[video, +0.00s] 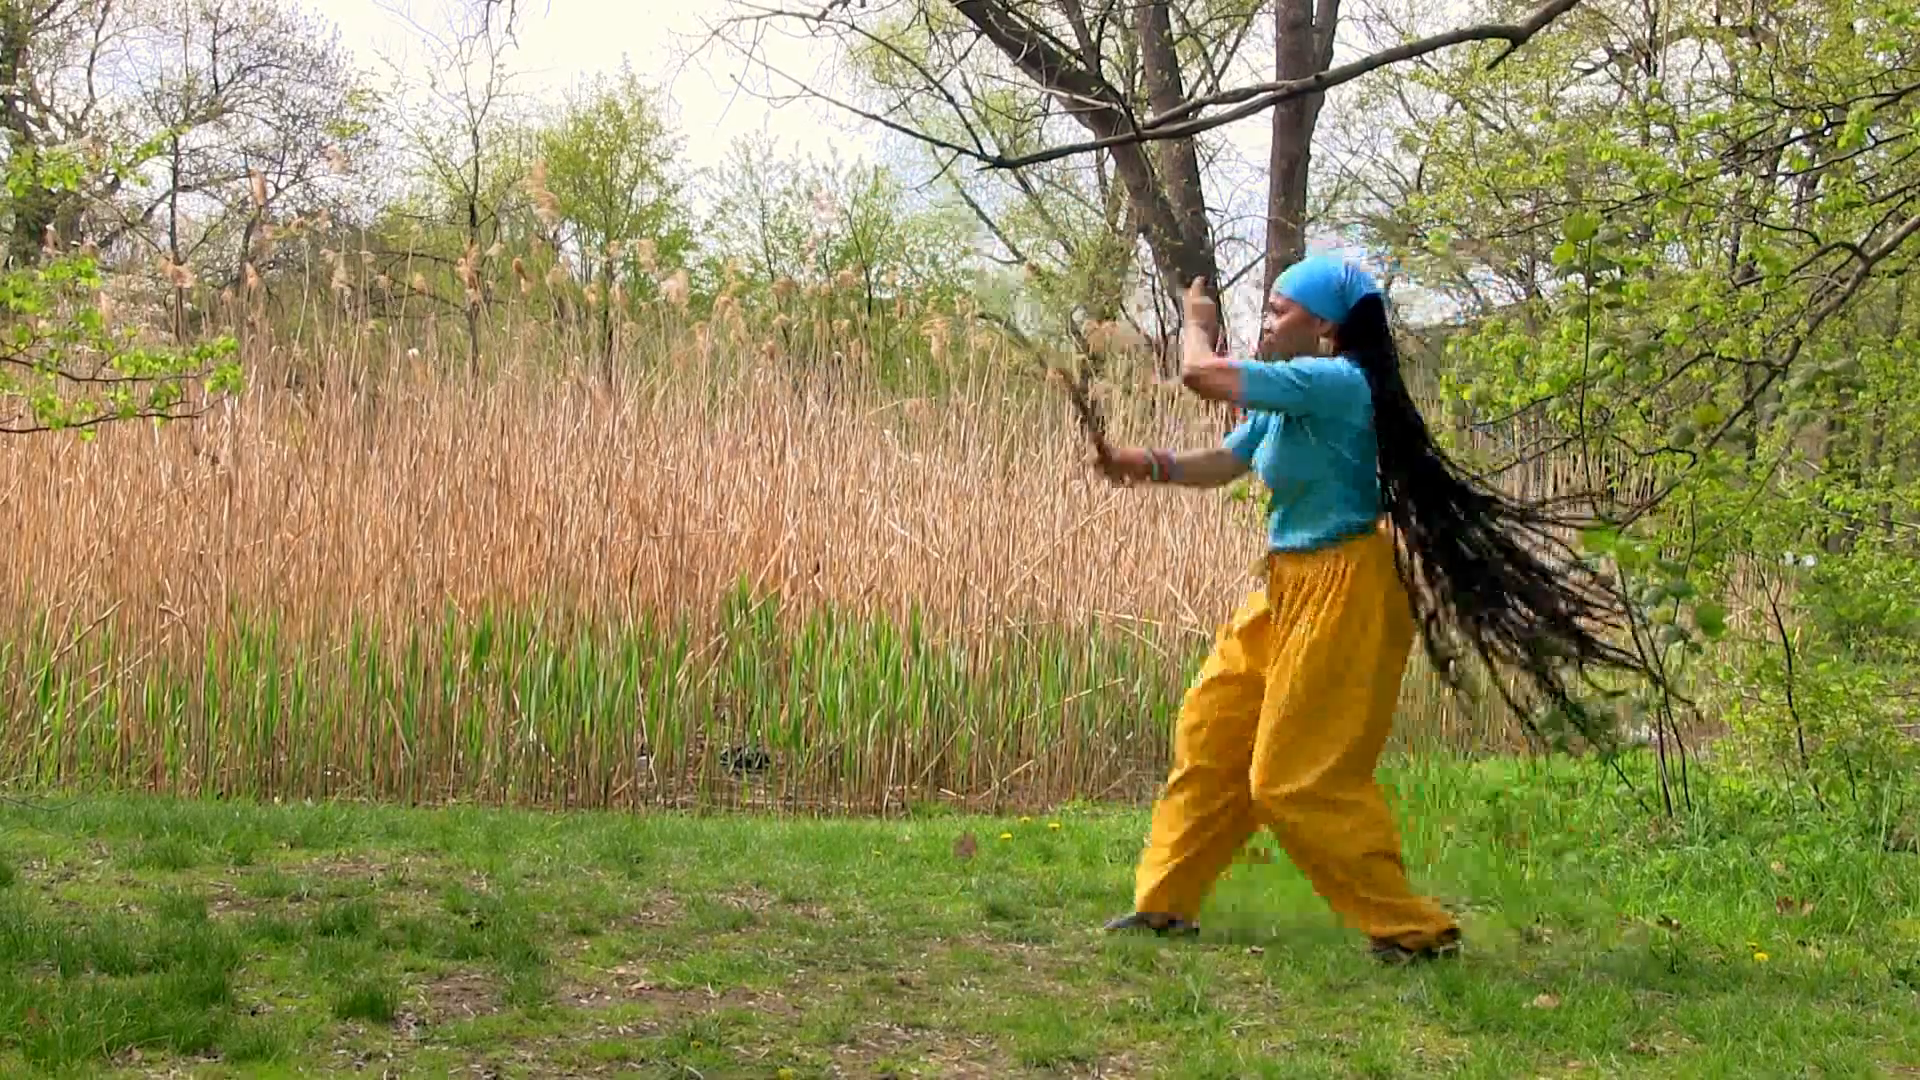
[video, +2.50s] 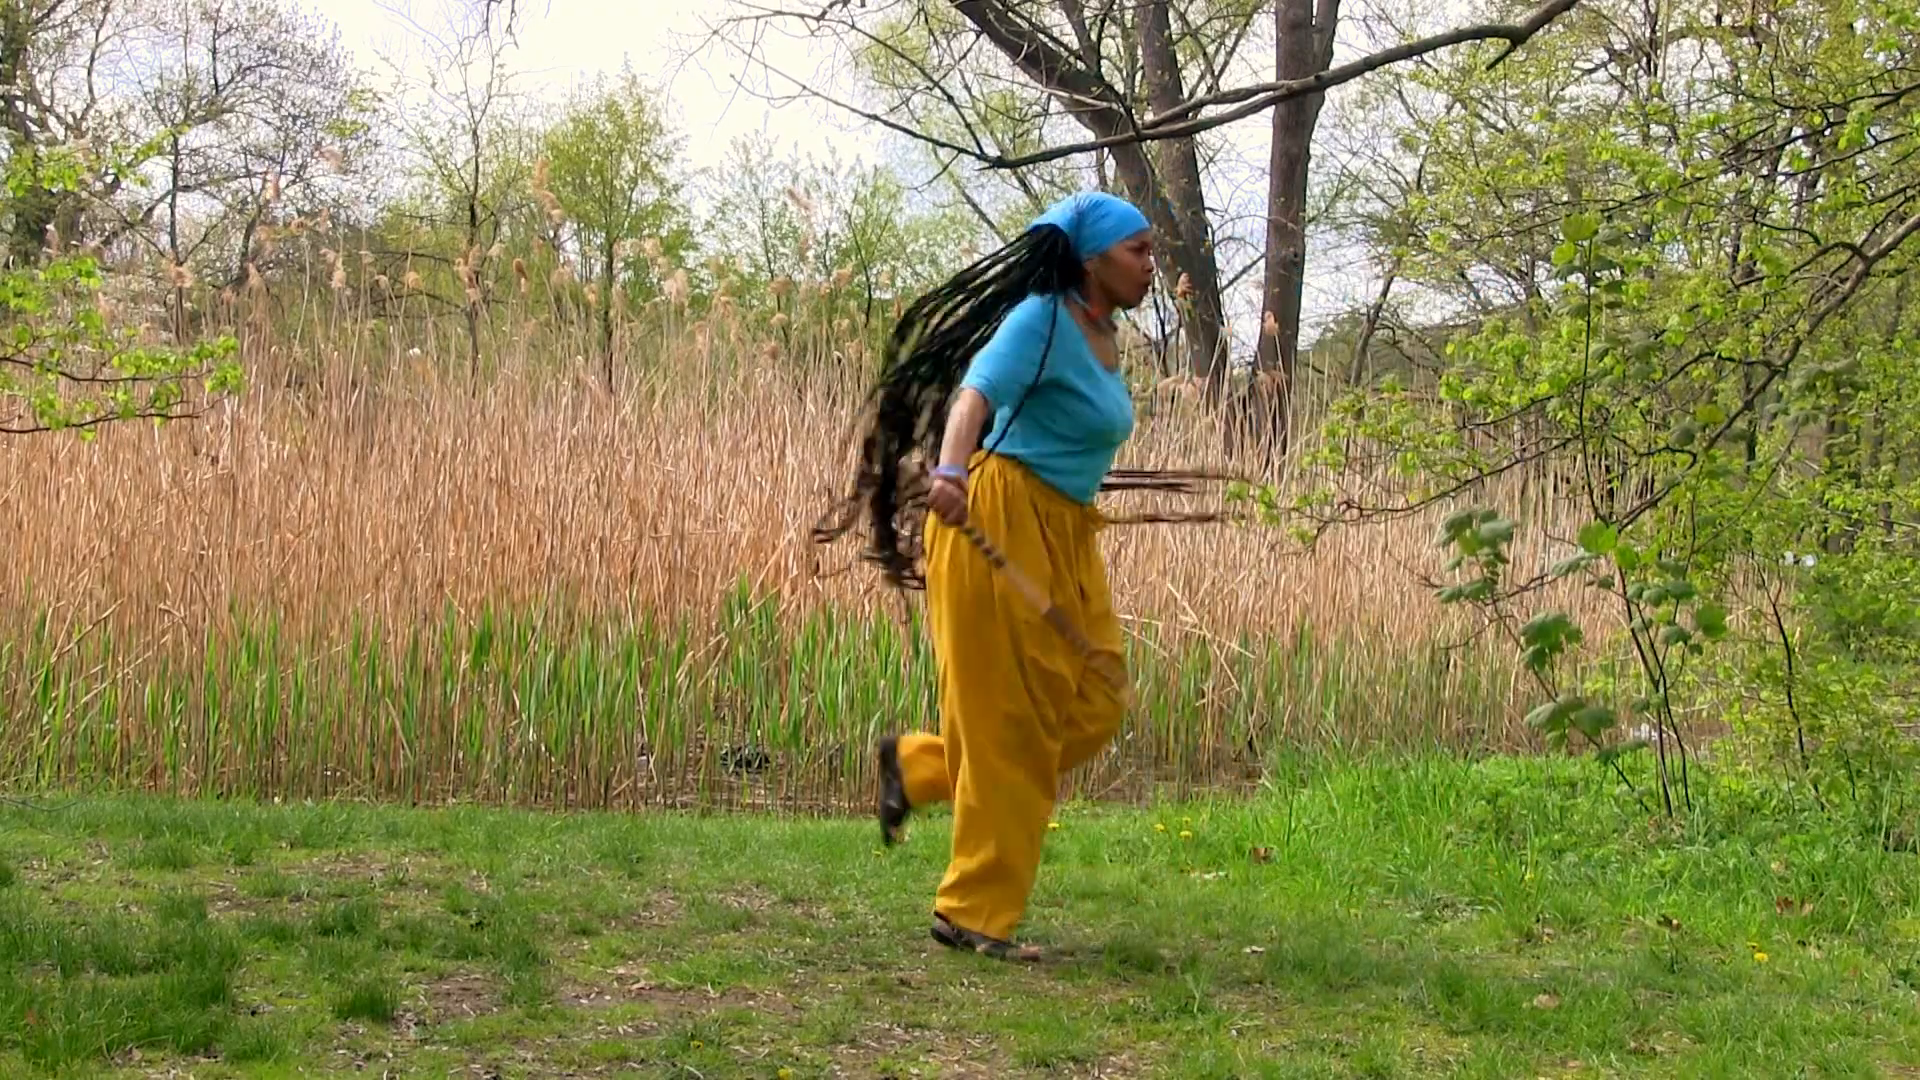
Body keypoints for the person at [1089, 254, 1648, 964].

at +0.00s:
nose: (1266, 321)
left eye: (1281, 310)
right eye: (1271, 308)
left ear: (1325, 330)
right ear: (1311, 328)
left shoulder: (1340, 382)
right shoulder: (1287, 396)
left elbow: (1205, 373)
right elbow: (1227, 461)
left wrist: (1196, 317)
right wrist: (1147, 465)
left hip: (1345, 588)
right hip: (1286, 588)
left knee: (1296, 773)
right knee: (1212, 735)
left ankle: (1412, 932)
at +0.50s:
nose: (1219, 366)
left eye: (1231, 355)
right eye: (1224, 353)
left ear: (1265, 362)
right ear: (1297, 363)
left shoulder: (1234, 409)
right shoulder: (1346, 402)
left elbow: (1103, 462)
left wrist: (994, 499)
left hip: (1325, 581)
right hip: (1411, 583)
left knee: (1193, 707)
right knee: (1380, 758)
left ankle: (1205, 910)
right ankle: (1493, 911)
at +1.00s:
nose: (1271, 384)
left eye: (1282, 372)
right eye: (1275, 371)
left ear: (1320, 383)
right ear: (1324, 384)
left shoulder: (1338, 424)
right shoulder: (1330, 442)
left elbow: (1396, 497)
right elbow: (1294, 577)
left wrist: (1312, 566)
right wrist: (1208, 610)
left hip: (1342, 625)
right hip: (1404, 627)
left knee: (1201, 751)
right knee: (1375, 792)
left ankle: (1118, 930)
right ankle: (1477, 930)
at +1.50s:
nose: (1384, 306)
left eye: (1397, 295)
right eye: (1390, 294)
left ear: (1432, 306)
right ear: (1447, 313)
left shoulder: (1412, 345)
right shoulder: (1440, 375)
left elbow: (1304, 404)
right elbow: (1327, 464)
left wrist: (1349, 381)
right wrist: (1247, 435)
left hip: (1401, 557)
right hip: (1462, 566)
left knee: (1259, 715)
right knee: (1422, 766)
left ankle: (1360, 873)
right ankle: (1484, 934)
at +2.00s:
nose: (1176, 295)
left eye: (1189, 284)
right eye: (1182, 280)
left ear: (1227, 300)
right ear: (1231, 301)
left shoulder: (1216, 360)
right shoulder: (1247, 361)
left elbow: (1173, 467)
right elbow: (1171, 477)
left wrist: (1084, 494)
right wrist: (1085, 503)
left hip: (1216, 557)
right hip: (1269, 552)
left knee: (1126, 728)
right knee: (1245, 743)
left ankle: (1128, 917)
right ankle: (1378, 851)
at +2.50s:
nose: (1151, 263)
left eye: (1150, 250)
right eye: (1137, 250)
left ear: (1116, 263)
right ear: (1090, 258)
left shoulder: (1101, 333)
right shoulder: (1041, 317)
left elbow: (1059, 431)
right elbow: (980, 390)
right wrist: (953, 470)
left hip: (1070, 529)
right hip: (1002, 514)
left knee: (1092, 708)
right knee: (1007, 715)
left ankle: (914, 767)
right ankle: (973, 911)